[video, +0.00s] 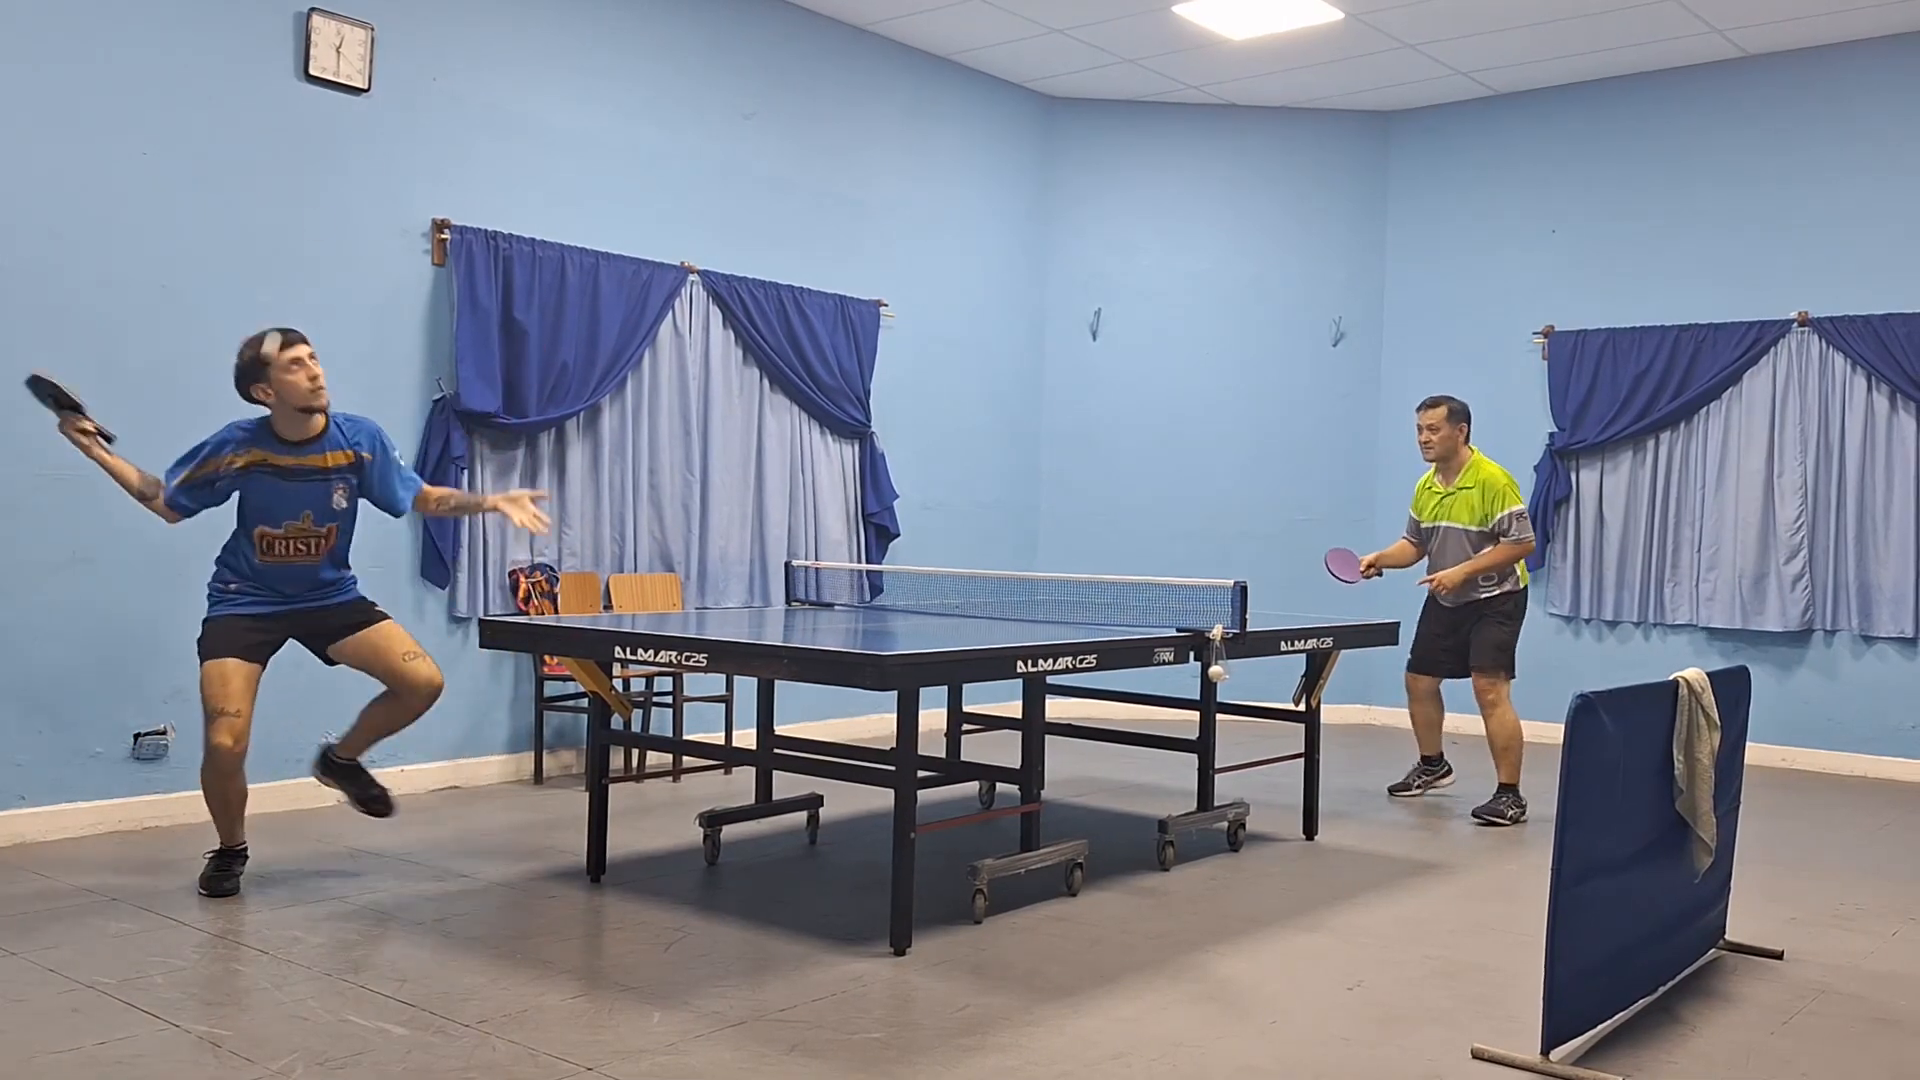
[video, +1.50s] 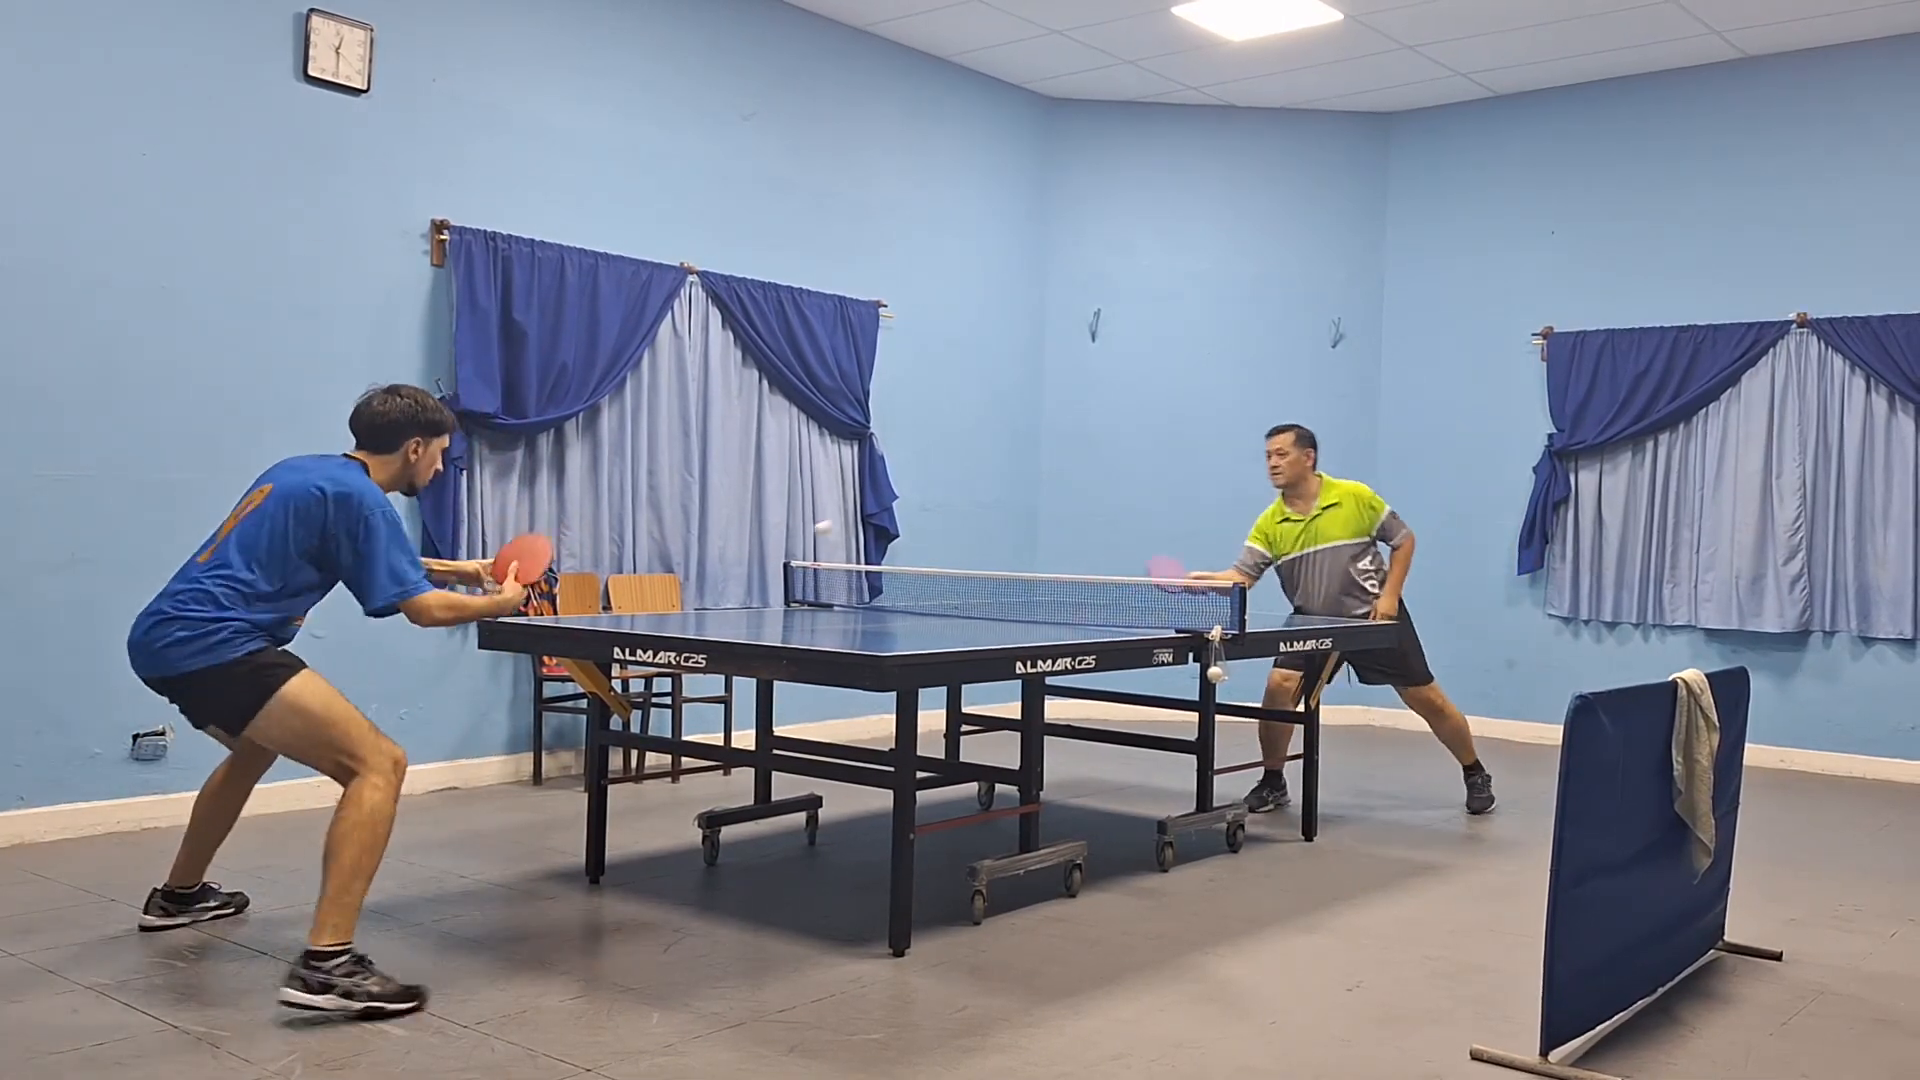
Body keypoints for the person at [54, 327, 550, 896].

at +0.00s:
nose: (314, 369)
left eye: (313, 358)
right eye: (295, 364)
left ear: (321, 370)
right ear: (262, 390)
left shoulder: (359, 439)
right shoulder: (238, 445)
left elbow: (419, 497)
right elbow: (169, 502)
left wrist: (492, 502)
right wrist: (100, 451)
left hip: (328, 594)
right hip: (245, 598)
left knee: (422, 682)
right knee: (224, 741)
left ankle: (342, 759)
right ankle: (230, 851)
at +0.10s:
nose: (359, 401)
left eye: (357, 390)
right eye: (343, 395)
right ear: (305, 413)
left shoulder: (375, 457)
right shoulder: (255, 454)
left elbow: (412, 515)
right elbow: (158, 491)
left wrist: (485, 523)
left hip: (318, 606)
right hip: (238, 607)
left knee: (412, 689)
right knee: (231, 746)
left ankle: (324, 793)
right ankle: (229, 850)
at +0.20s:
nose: (432, 450)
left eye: (431, 438)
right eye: (421, 439)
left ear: (382, 445)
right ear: (377, 444)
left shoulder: (391, 490)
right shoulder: (300, 462)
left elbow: (405, 523)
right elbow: (180, 477)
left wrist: (476, 539)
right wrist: (261, 534)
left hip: (305, 613)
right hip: (227, 611)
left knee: (390, 709)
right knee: (239, 750)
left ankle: (342, 848)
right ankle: (230, 852)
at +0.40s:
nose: (481, 452)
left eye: (483, 439)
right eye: (478, 439)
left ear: (442, 438)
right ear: (446, 438)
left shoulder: (389, 483)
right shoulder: (361, 458)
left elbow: (338, 529)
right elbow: (272, 479)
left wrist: (405, 553)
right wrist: (310, 572)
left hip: (305, 605)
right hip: (243, 605)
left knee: (389, 709)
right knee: (292, 746)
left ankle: (342, 850)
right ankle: (206, 820)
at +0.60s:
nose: (474, 408)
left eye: (475, 396)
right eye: (471, 396)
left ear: (434, 395)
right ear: (443, 396)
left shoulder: (389, 441)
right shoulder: (381, 427)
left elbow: (317, 499)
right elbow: (314, 465)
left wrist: (377, 530)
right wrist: (355, 559)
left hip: (275, 566)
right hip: (249, 564)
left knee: (343, 697)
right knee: (326, 714)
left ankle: (312, 843)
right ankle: (214, 862)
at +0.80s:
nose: (450, 433)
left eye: (449, 422)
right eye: (445, 422)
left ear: (390, 428)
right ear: (420, 427)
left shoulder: (339, 468)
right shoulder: (375, 477)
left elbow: (300, 555)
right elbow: (343, 546)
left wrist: (376, 560)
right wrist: (437, 593)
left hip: (224, 623)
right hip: (258, 630)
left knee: (311, 748)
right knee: (360, 772)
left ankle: (236, 857)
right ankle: (273, 943)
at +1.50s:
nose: (439, 469)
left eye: (443, 455)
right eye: (439, 454)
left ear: (377, 443)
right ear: (412, 449)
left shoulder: (307, 472)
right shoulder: (362, 502)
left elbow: (375, 557)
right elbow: (424, 608)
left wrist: (465, 570)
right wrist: (502, 601)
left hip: (161, 638)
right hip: (211, 642)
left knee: (258, 746)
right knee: (380, 764)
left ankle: (178, 894)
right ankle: (327, 960)